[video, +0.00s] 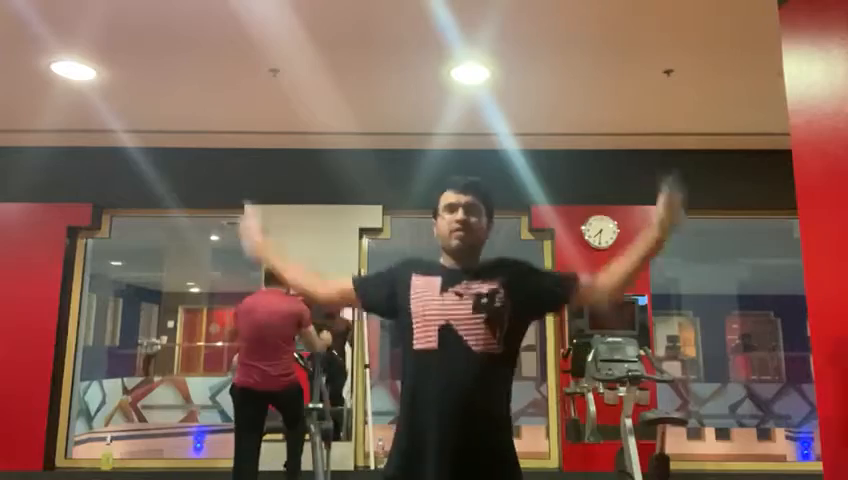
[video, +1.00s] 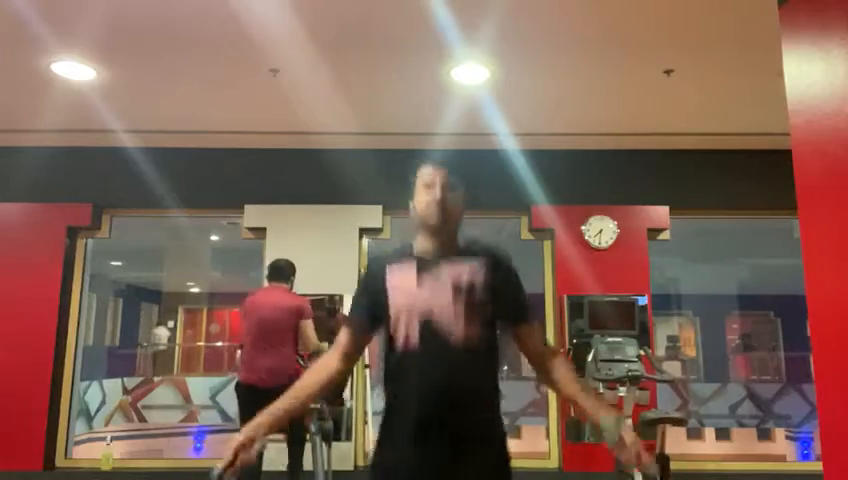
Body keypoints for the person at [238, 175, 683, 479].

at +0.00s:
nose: (460, 219)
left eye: (472, 212)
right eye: (451, 211)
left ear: (488, 226)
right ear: (434, 223)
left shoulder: (514, 279)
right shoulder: (405, 278)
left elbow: (600, 292)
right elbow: (327, 293)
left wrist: (655, 232)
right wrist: (264, 251)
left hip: (487, 460)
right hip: (414, 457)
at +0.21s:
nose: (452, 271)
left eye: (463, 263)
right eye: (441, 262)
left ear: (480, 276)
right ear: (425, 274)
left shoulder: (511, 333)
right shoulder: (394, 333)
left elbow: (588, 356)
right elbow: (316, 359)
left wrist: (660, 348)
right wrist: (247, 354)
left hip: (489, 473)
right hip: (414, 473)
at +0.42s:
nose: (443, 231)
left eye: (454, 222)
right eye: (434, 221)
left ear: (471, 234)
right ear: (418, 232)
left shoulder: (503, 303)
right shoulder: (390, 307)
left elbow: (556, 387)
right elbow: (328, 396)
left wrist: (623, 465)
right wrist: (248, 465)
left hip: (482, 468)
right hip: (408, 468)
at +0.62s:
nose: (441, 166)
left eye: (451, 160)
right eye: (431, 159)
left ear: (468, 178)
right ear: (415, 176)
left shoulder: (498, 239)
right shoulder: (386, 243)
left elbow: (539, 334)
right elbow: (359, 335)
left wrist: (601, 390)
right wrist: (293, 398)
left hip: (479, 420)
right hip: (404, 421)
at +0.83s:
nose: (438, 245)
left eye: (450, 238)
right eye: (428, 238)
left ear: (466, 256)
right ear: (413, 254)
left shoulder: (496, 322)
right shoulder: (383, 323)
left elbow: (568, 388)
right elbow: (322, 396)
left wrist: (652, 430)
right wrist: (238, 433)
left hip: (471, 471)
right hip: (398, 470)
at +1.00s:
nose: (437, 192)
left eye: (447, 186)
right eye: (426, 185)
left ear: (463, 205)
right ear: (411, 205)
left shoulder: (491, 268)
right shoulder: (384, 274)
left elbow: (544, 358)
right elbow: (337, 359)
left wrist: (609, 420)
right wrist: (260, 425)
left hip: (478, 453)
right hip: (401, 453)